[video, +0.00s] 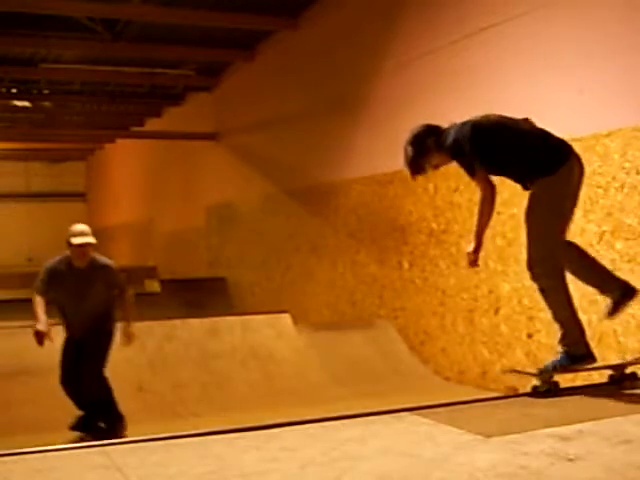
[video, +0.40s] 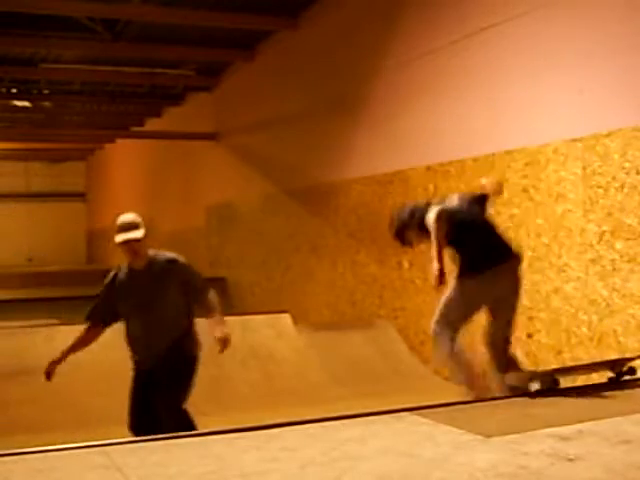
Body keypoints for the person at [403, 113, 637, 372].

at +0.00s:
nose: (436, 167)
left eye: (431, 163)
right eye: (430, 166)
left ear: (432, 148)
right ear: (434, 137)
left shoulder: (459, 145)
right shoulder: (469, 127)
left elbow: (488, 190)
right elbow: (525, 125)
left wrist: (476, 243)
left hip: (549, 178)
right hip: (566, 166)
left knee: (542, 267)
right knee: (555, 244)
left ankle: (577, 349)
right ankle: (617, 289)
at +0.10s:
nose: (430, 176)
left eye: (423, 173)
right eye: (423, 176)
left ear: (424, 157)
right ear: (426, 146)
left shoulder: (449, 152)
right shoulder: (461, 136)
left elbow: (483, 192)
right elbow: (522, 127)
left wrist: (477, 234)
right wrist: (551, 141)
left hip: (537, 179)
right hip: (552, 167)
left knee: (531, 264)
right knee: (538, 250)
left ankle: (573, 346)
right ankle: (585, 298)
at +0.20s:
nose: (427, 190)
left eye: (422, 187)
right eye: (421, 190)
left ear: (420, 174)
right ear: (419, 164)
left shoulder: (443, 163)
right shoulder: (459, 148)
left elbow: (478, 193)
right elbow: (515, 126)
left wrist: (454, 237)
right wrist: (549, 132)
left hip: (516, 193)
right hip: (538, 184)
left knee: (498, 272)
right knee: (521, 268)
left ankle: (554, 332)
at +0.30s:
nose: (424, 213)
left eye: (417, 209)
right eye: (418, 213)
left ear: (416, 195)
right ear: (420, 180)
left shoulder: (433, 187)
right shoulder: (462, 164)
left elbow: (457, 198)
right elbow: (496, 144)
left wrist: (434, 247)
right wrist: (522, 138)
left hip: (494, 225)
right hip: (523, 219)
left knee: (460, 293)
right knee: (526, 302)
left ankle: (516, 309)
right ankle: (538, 375)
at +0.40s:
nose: (418, 243)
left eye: (412, 239)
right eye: (413, 242)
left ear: (413, 226)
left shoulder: (432, 213)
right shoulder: (459, 202)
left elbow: (438, 219)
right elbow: (491, 192)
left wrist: (438, 263)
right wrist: (491, 187)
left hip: (477, 274)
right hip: (507, 265)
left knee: (443, 329)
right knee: (498, 340)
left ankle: (471, 383)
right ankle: (515, 383)